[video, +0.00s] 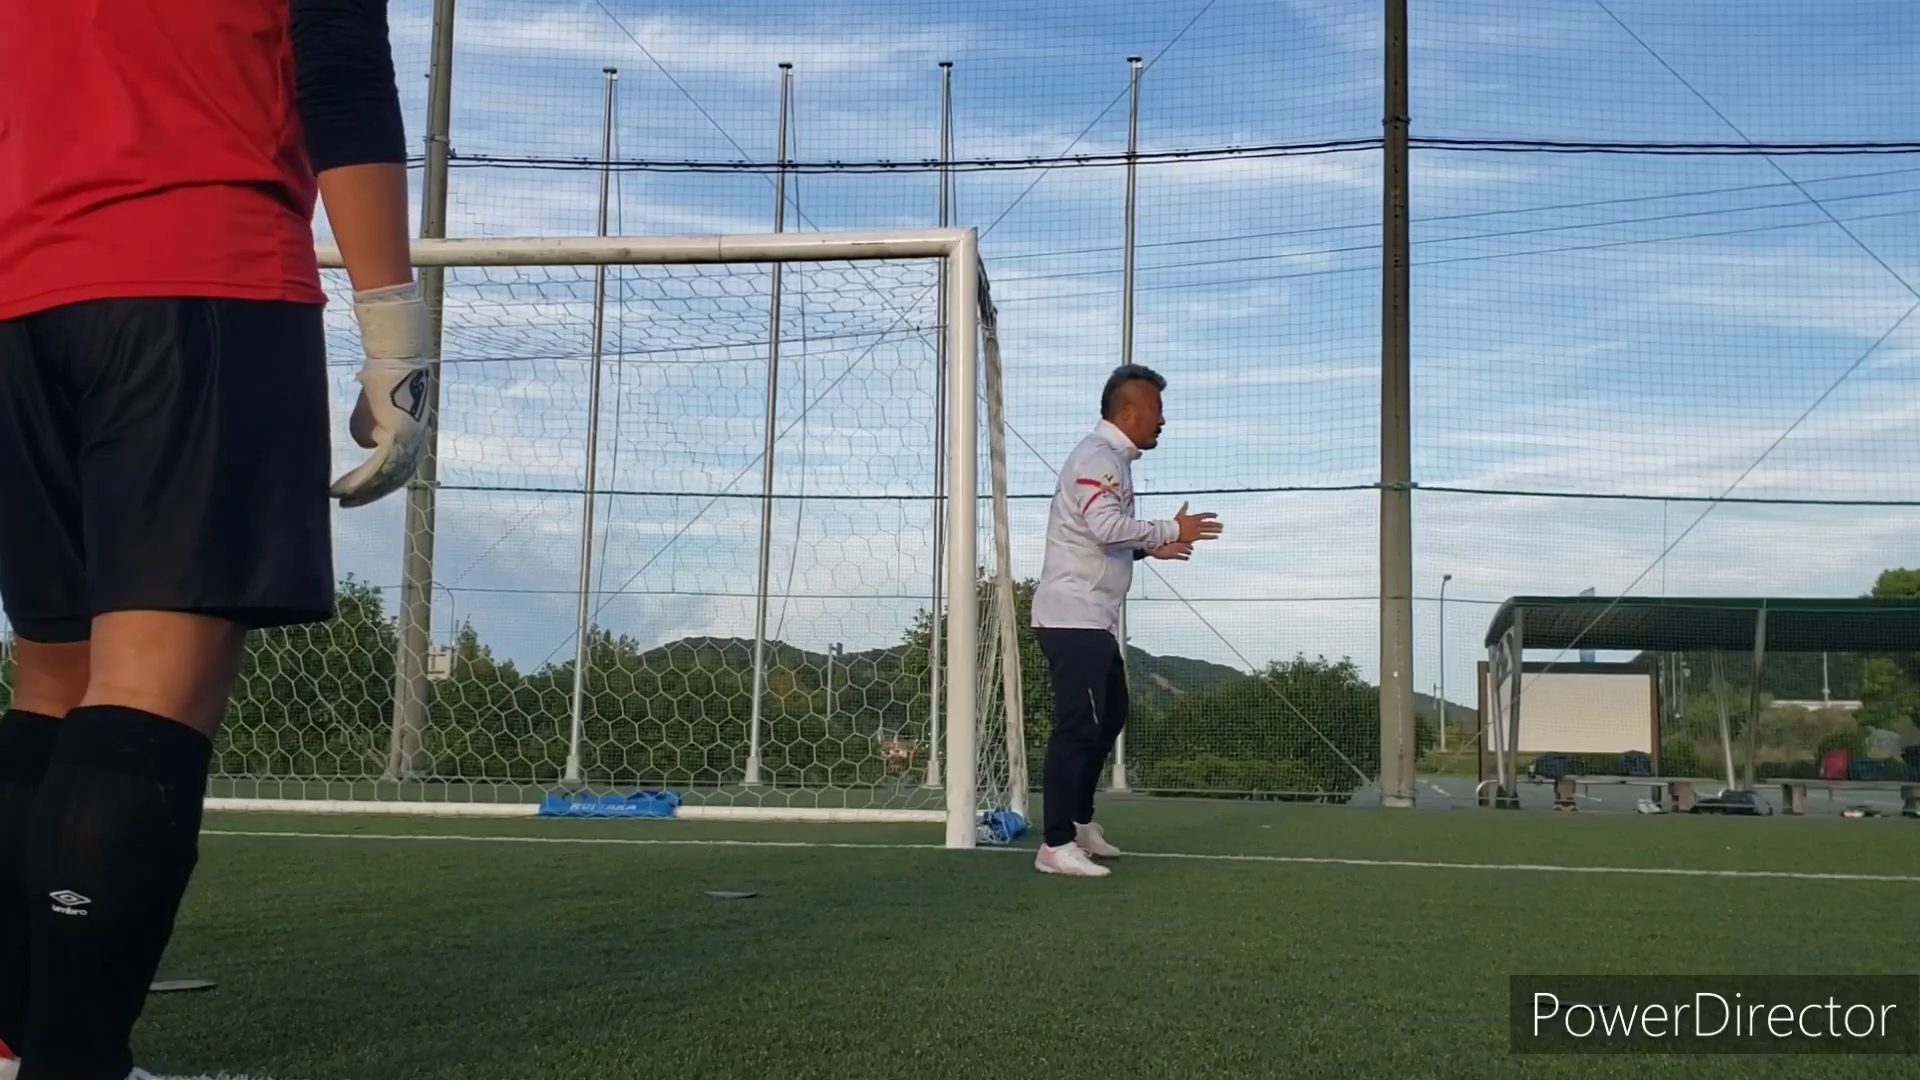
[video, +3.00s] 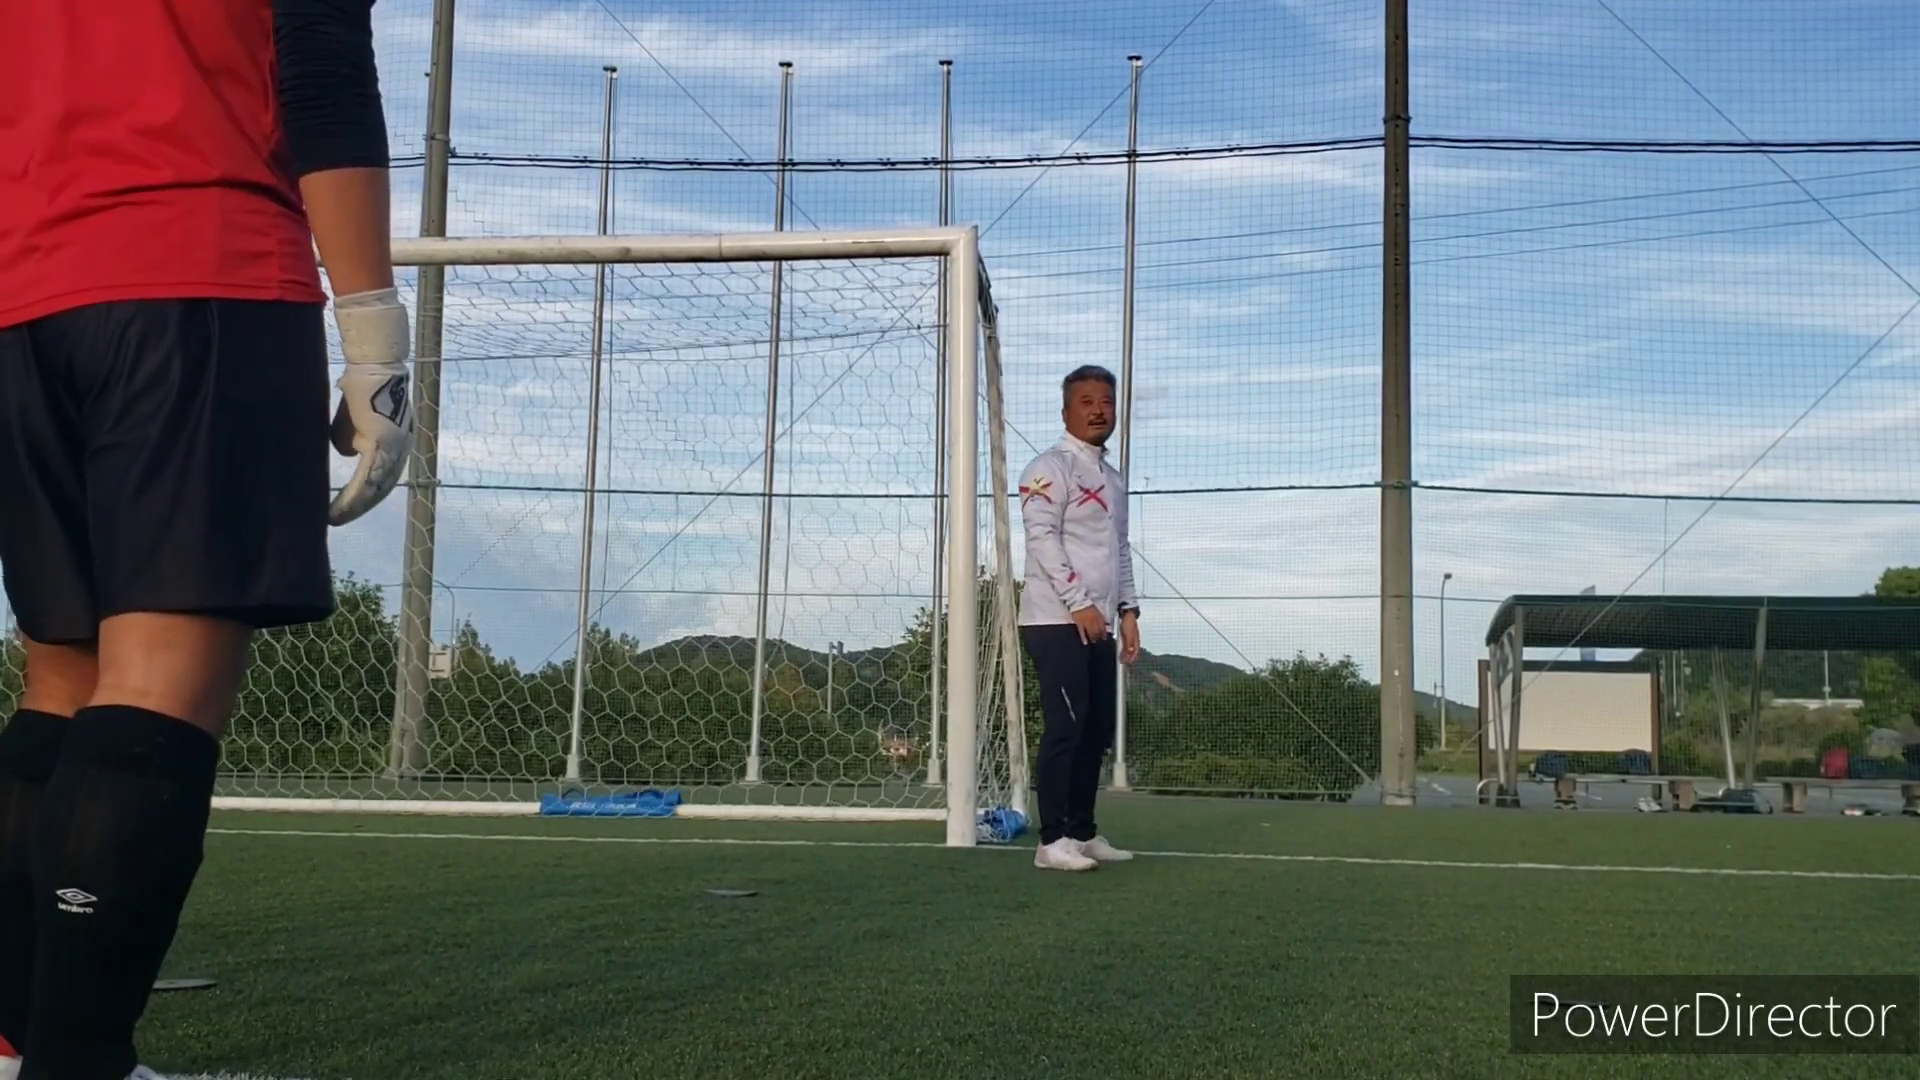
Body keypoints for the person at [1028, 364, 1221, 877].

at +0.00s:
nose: (1162, 420)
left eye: (1162, 409)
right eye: (1156, 408)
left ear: (1127, 410)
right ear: (1126, 408)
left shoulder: (1113, 461)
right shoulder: (1096, 456)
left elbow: (1107, 536)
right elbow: (1105, 526)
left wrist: (1150, 547)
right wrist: (1169, 530)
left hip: (1094, 615)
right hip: (1071, 613)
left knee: (1110, 711)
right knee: (1078, 722)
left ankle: (1076, 821)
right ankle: (1055, 845)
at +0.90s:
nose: (1159, 427)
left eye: (1157, 418)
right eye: (1151, 418)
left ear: (1128, 422)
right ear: (1120, 419)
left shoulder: (1125, 477)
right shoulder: (1091, 467)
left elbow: (1171, 527)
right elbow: (1146, 510)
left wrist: (1202, 487)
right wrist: (1191, 467)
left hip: (1101, 623)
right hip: (1070, 618)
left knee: (1108, 730)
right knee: (1091, 727)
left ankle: (1083, 836)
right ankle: (1060, 845)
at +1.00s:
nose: (1164, 432)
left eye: (1163, 422)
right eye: (1156, 421)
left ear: (1132, 426)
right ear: (1125, 424)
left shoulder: (1135, 481)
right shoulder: (1097, 472)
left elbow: (1173, 520)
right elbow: (1150, 518)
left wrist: (1234, 519)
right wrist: (1231, 509)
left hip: (1087, 623)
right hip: (1058, 619)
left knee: (1100, 728)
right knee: (1084, 727)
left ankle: (1083, 835)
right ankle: (1060, 846)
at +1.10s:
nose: (1171, 449)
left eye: (1172, 439)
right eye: (1164, 439)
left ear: (1142, 440)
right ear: (1132, 437)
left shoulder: (1139, 487)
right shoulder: (1099, 484)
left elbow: (1178, 530)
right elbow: (1150, 548)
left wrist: (1235, 585)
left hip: (1074, 625)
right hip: (1042, 620)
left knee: (1090, 727)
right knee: (1072, 726)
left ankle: (1080, 838)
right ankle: (1059, 847)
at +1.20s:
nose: (1182, 472)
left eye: (1184, 462)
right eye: (1177, 461)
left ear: (1154, 458)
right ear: (1148, 454)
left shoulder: (1143, 509)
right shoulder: (1095, 496)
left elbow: (1169, 566)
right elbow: (1107, 577)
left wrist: (1205, 630)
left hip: (1069, 628)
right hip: (1033, 621)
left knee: (1087, 727)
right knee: (1070, 724)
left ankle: (1079, 837)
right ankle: (1058, 847)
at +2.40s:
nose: (1127, 422)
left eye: (1136, 415)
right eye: (1116, 412)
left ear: (1143, 424)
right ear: (1094, 416)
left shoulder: (1130, 485)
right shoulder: (1070, 469)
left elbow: (1136, 557)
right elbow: (1057, 539)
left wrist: (1140, 617)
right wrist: (1090, 602)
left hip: (1108, 622)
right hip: (1066, 616)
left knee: (1104, 727)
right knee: (1076, 722)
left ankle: (1083, 831)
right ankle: (1070, 835)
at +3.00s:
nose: (1099, 410)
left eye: (1107, 402)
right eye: (1087, 402)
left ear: (1116, 411)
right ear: (1066, 411)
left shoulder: (1113, 478)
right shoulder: (1049, 466)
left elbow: (1119, 549)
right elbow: (1042, 540)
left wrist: (1128, 609)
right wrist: (1078, 603)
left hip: (1098, 619)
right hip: (1055, 617)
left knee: (1097, 729)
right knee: (1066, 727)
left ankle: (1082, 833)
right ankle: (1052, 841)